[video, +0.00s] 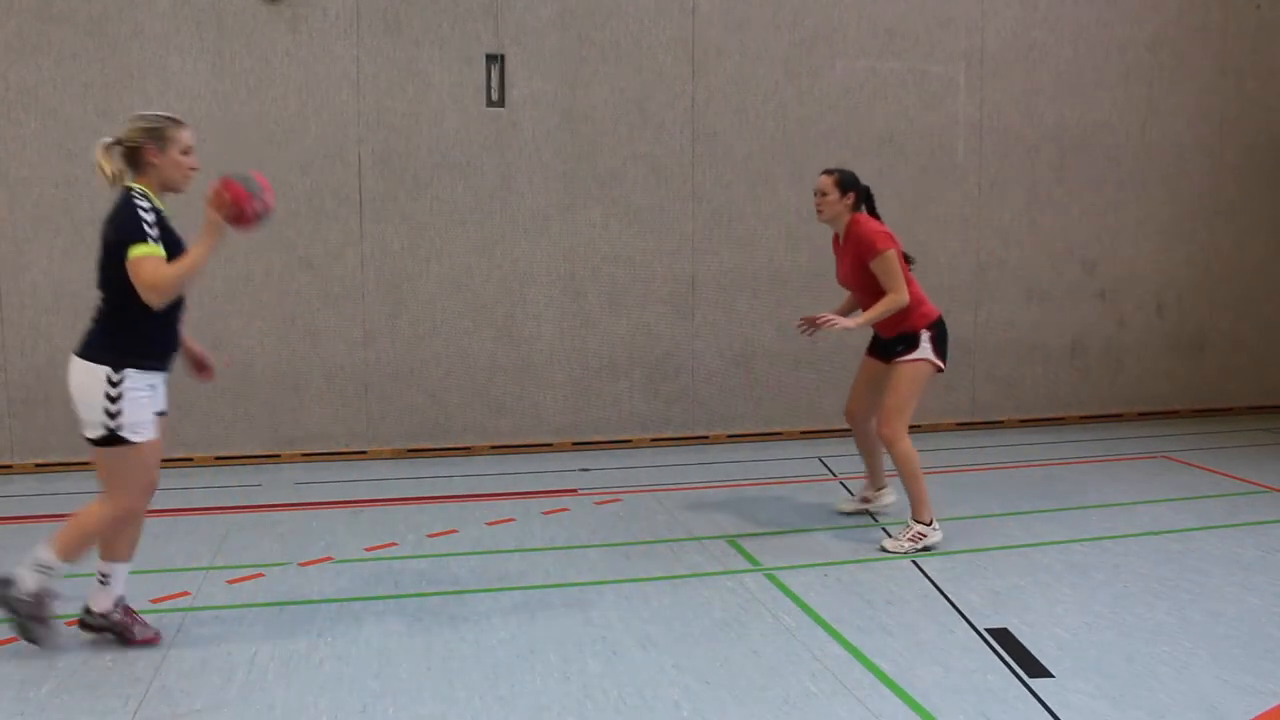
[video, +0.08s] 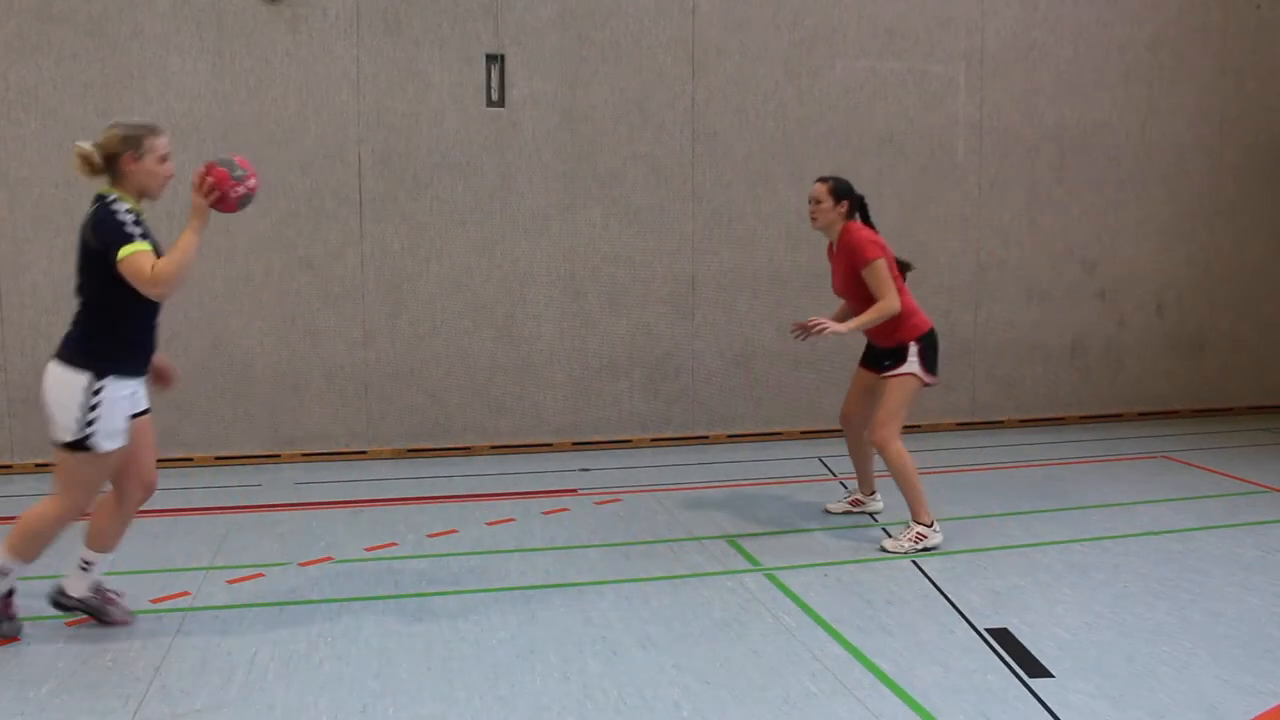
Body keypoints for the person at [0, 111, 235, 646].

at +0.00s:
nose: (194, 162)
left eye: (193, 152)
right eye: (185, 152)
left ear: (155, 157)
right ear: (152, 156)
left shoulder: (149, 210)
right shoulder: (132, 212)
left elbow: (148, 292)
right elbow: (154, 289)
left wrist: (183, 343)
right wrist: (209, 235)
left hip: (140, 372)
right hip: (113, 373)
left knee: (138, 488)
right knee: (123, 496)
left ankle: (105, 604)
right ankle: (29, 582)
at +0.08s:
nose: (171, 169)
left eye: (170, 159)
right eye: (162, 160)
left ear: (134, 165)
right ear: (130, 164)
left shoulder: (132, 215)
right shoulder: (110, 218)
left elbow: (113, 303)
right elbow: (157, 281)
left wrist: (145, 358)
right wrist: (198, 221)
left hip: (124, 377)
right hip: (88, 379)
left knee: (137, 482)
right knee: (71, 499)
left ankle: (79, 585)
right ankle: (2, 577)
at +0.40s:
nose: (164, 206)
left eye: (163, 196)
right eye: (155, 197)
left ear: (124, 201)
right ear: (122, 199)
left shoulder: (118, 245)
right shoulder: (106, 249)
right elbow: (171, 313)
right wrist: (231, 270)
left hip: (102, 397)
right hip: (67, 397)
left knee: (117, 486)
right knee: (43, 508)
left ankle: (45, 574)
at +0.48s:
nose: (181, 202)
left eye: (182, 193)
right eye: (174, 192)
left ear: (144, 193)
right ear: (141, 191)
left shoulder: (129, 235)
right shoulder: (124, 240)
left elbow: (107, 309)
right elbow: (165, 321)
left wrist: (133, 365)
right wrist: (232, 331)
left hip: (111, 384)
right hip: (83, 386)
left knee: (114, 480)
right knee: (85, 493)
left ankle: (45, 571)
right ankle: (6, 570)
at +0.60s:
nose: (213, 205)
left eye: (215, 196)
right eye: (208, 195)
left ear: (176, 191)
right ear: (177, 188)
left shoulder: (160, 233)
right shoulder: (158, 238)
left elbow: (158, 312)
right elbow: (136, 319)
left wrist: (197, 349)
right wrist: (182, 367)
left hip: (106, 370)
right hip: (122, 377)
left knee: (96, 475)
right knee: (142, 486)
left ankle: (43, 574)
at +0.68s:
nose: (233, 211)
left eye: (236, 202)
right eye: (229, 201)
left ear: (200, 195)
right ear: (198, 192)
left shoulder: (185, 240)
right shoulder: (176, 241)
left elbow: (190, 317)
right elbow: (150, 318)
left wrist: (243, 346)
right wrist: (199, 364)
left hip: (125, 372)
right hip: (146, 380)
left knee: (105, 477)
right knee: (183, 484)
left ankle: (46, 570)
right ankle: (124, 578)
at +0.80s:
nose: (274, 216)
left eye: (275, 207)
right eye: (269, 206)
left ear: (241, 203)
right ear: (240, 201)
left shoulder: (230, 249)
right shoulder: (219, 250)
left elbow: (244, 319)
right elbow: (217, 325)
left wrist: (296, 345)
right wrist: (287, 344)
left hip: (185, 380)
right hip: (188, 385)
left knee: (198, 479)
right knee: (213, 488)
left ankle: (110, 535)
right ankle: (136, 573)